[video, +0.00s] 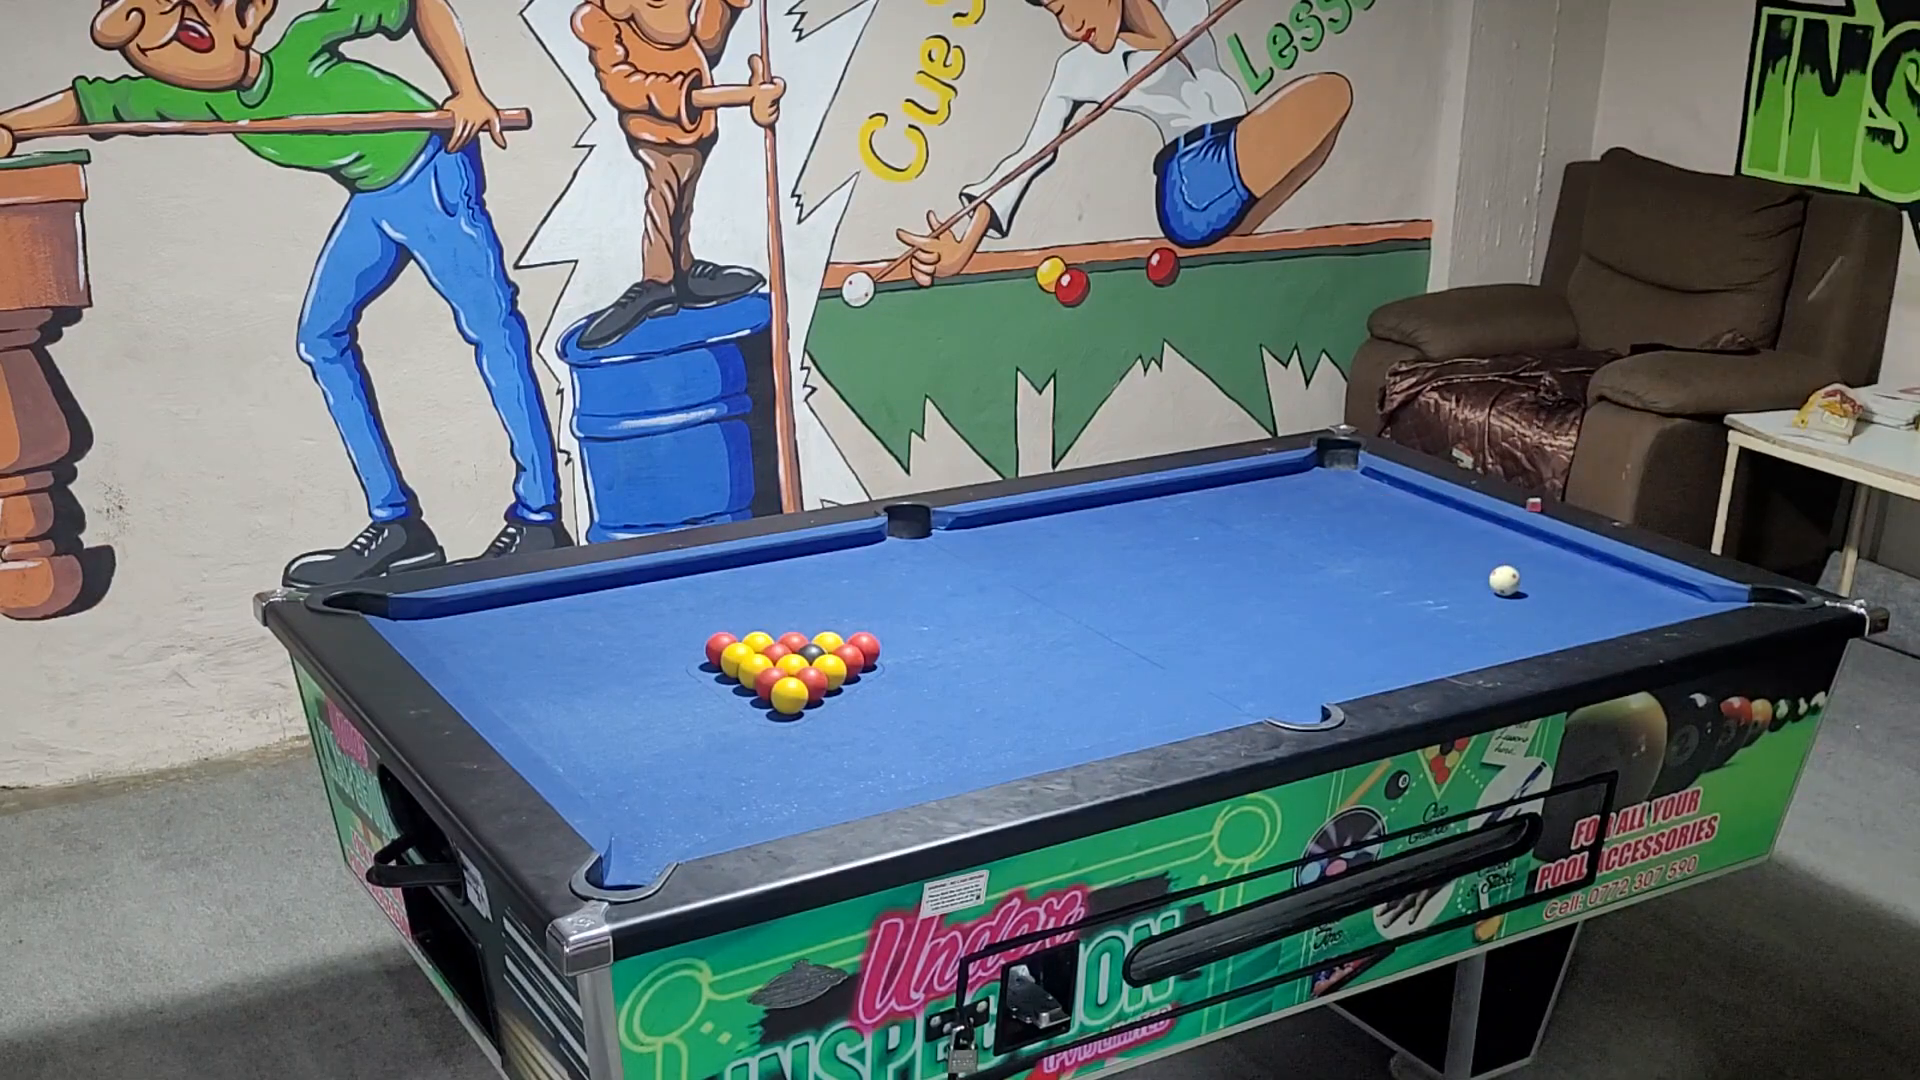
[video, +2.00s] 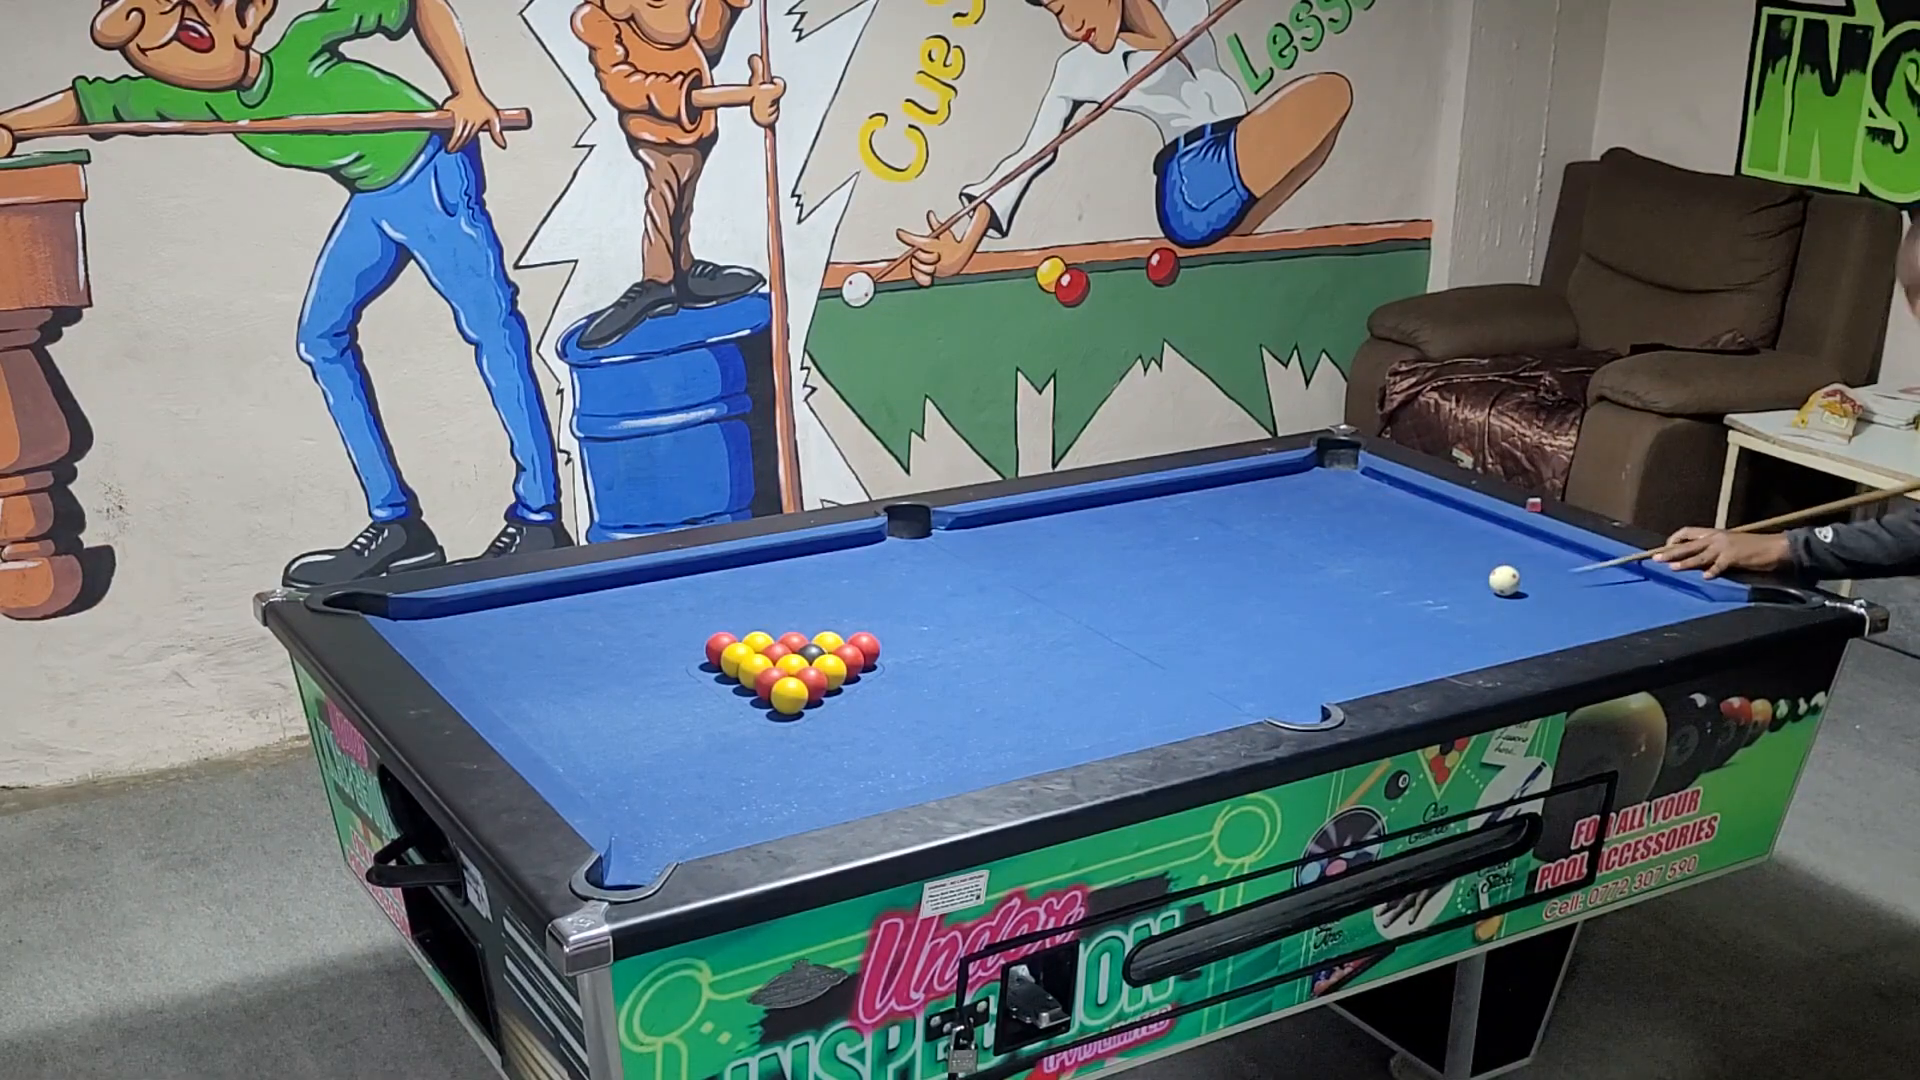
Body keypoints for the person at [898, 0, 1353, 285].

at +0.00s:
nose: (1070, 24)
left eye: (1070, 5)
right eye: (1057, 16)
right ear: (1056, 18)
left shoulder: (1176, 11)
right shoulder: (1076, 70)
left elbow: (1200, 58)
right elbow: (1028, 157)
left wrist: (1138, 13)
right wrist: (963, 246)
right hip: (1191, 185)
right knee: (1330, 91)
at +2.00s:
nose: (1070, 24)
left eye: (1071, 5)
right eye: (1057, 15)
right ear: (1055, 18)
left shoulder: (1175, 10)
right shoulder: (1076, 69)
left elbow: (1196, 57)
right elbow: (1029, 156)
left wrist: (1139, 12)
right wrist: (963, 244)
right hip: (1192, 182)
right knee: (1331, 92)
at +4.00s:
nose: (1070, 25)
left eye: (1070, 6)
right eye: (1057, 16)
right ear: (1056, 18)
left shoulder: (1177, 10)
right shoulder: (1077, 69)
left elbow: (1198, 59)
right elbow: (1028, 157)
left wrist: (1143, 17)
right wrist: (963, 246)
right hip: (1190, 185)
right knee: (1330, 92)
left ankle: (1239, 231)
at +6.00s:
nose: (1069, 23)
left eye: (1071, 4)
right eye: (1056, 15)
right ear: (1055, 18)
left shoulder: (1176, 10)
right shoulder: (1076, 68)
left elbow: (1197, 61)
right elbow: (1028, 156)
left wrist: (1140, 11)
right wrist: (964, 245)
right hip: (1194, 183)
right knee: (1330, 91)